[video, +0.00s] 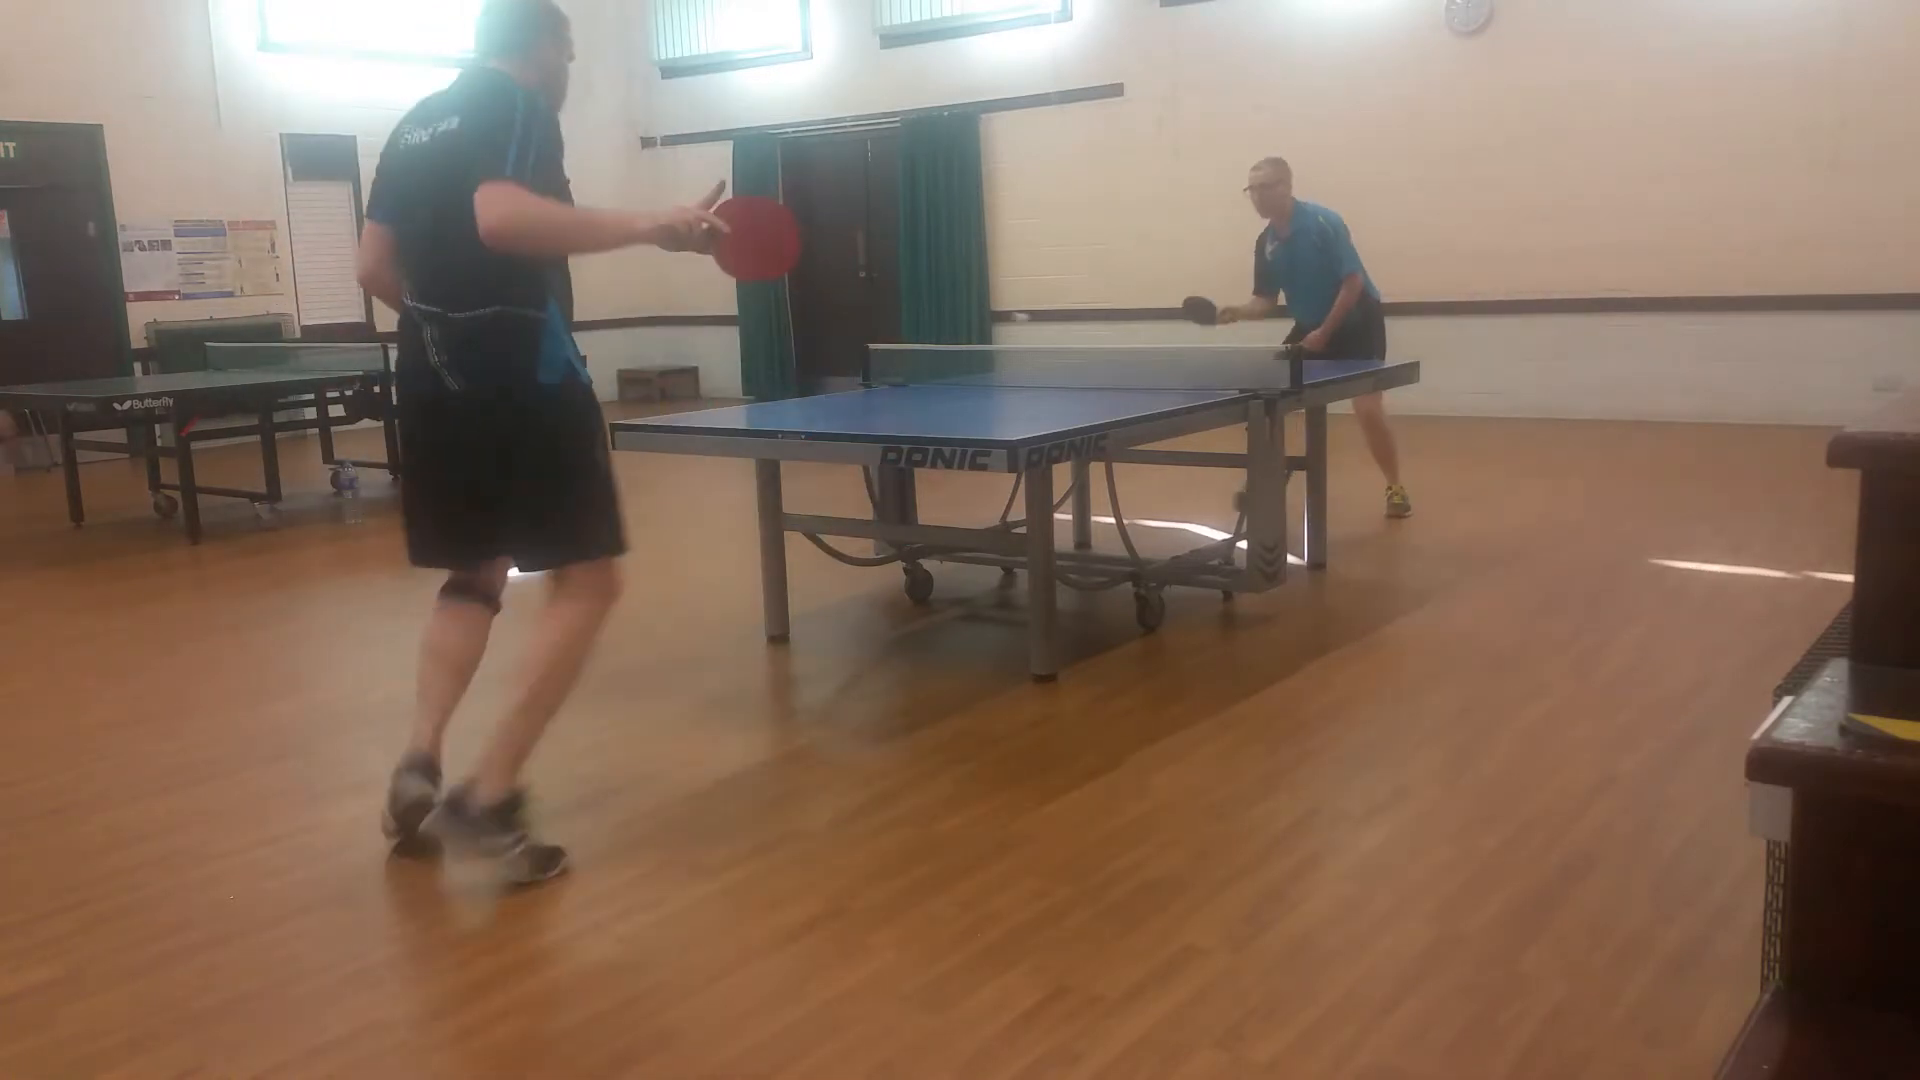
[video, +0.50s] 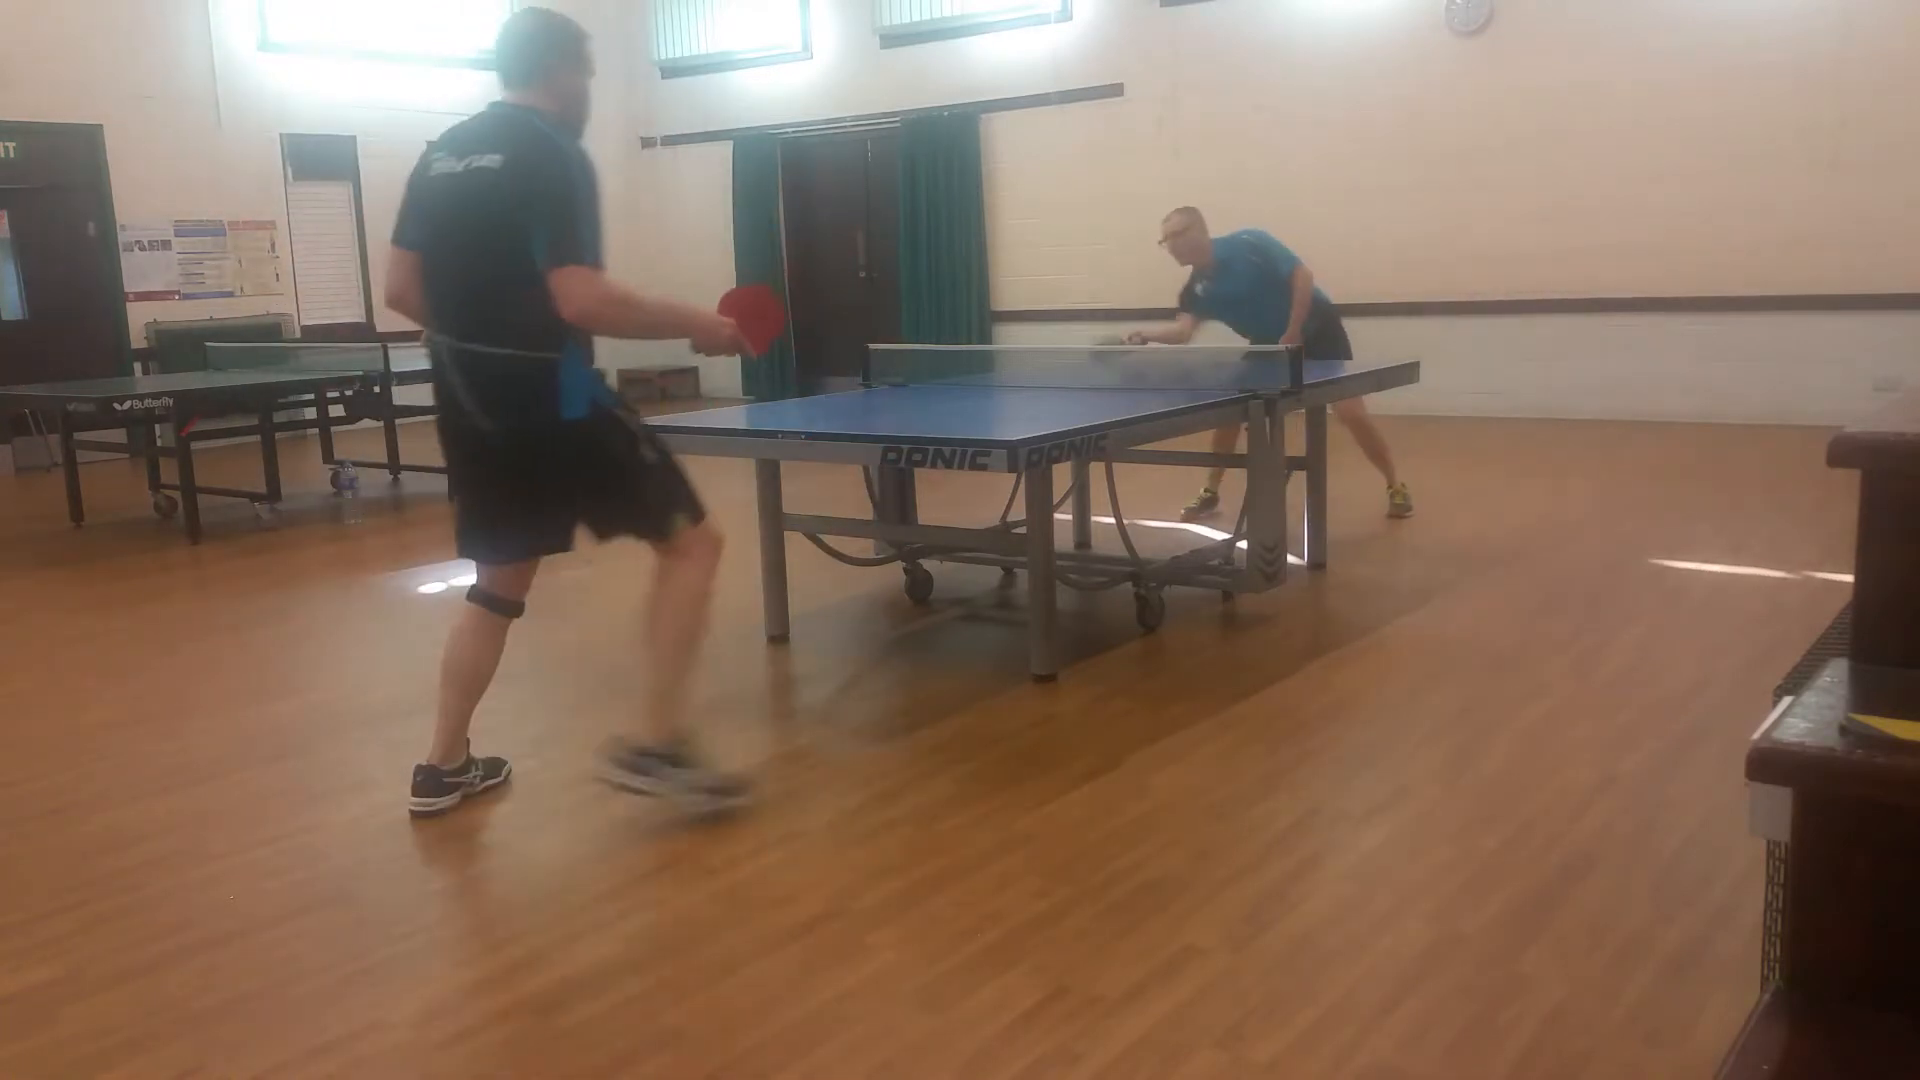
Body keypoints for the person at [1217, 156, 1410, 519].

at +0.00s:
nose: (1255, 197)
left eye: (1263, 188)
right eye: (1251, 190)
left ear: (1286, 187)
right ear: (1250, 194)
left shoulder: (1325, 223)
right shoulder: (1266, 243)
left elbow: (1354, 283)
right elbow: (1265, 300)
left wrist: (1322, 333)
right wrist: (1237, 311)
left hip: (1357, 319)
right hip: (1310, 325)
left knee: (1367, 409)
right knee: (1270, 402)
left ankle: (1394, 486)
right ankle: (1266, 488)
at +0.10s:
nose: (1237, 210)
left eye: (1243, 201)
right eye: (1234, 203)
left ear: (1268, 199)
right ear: (1235, 207)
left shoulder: (1312, 228)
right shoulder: (1259, 255)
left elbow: (1348, 285)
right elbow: (1268, 314)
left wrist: (1322, 336)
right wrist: (1235, 318)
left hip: (1351, 323)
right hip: (1306, 330)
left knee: (1365, 414)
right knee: (1265, 403)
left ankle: (1394, 486)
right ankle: (1230, 482)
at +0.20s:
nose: (1219, 228)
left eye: (1224, 218)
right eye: (1215, 221)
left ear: (1247, 214)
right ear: (1217, 224)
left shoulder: (1292, 237)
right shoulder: (1245, 271)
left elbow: (1337, 289)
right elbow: (1267, 327)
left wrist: (1316, 342)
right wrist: (1227, 324)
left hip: (1340, 330)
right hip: (1298, 341)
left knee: (1357, 418)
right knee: (1256, 417)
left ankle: (1393, 487)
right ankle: (1216, 490)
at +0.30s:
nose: (1195, 241)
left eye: (1200, 231)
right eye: (1192, 234)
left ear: (1223, 227)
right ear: (1196, 238)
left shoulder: (1271, 243)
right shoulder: (1228, 285)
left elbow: (1323, 285)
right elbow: (1256, 336)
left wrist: (1308, 346)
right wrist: (1215, 328)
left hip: (1331, 338)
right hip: (1283, 349)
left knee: (1354, 420)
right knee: (1238, 416)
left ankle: (1393, 487)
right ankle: (1211, 492)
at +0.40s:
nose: (1179, 248)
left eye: (1183, 238)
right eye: (1175, 242)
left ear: (1205, 232)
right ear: (1182, 245)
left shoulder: (1258, 244)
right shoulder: (1211, 292)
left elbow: (1311, 280)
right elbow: (1229, 341)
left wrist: (1297, 339)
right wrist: (1185, 332)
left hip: (1322, 337)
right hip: (1273, 350)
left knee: (1354, 420)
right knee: (1230, 413)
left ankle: (1394, 486)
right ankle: (1210, 491)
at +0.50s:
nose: (1171, 247)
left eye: (1176, 237)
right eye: (1167, 241)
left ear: (1200, 231)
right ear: (1168, 248)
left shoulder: (1249, 243)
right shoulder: (1195, 291)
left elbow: (1302, 277)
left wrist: (1293, 332)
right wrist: (1148, 335)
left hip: (1317, 329)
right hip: (1269, 345)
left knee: (1350, 413)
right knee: (1228, 409)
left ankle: (1395, 485)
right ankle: (1210, 493)